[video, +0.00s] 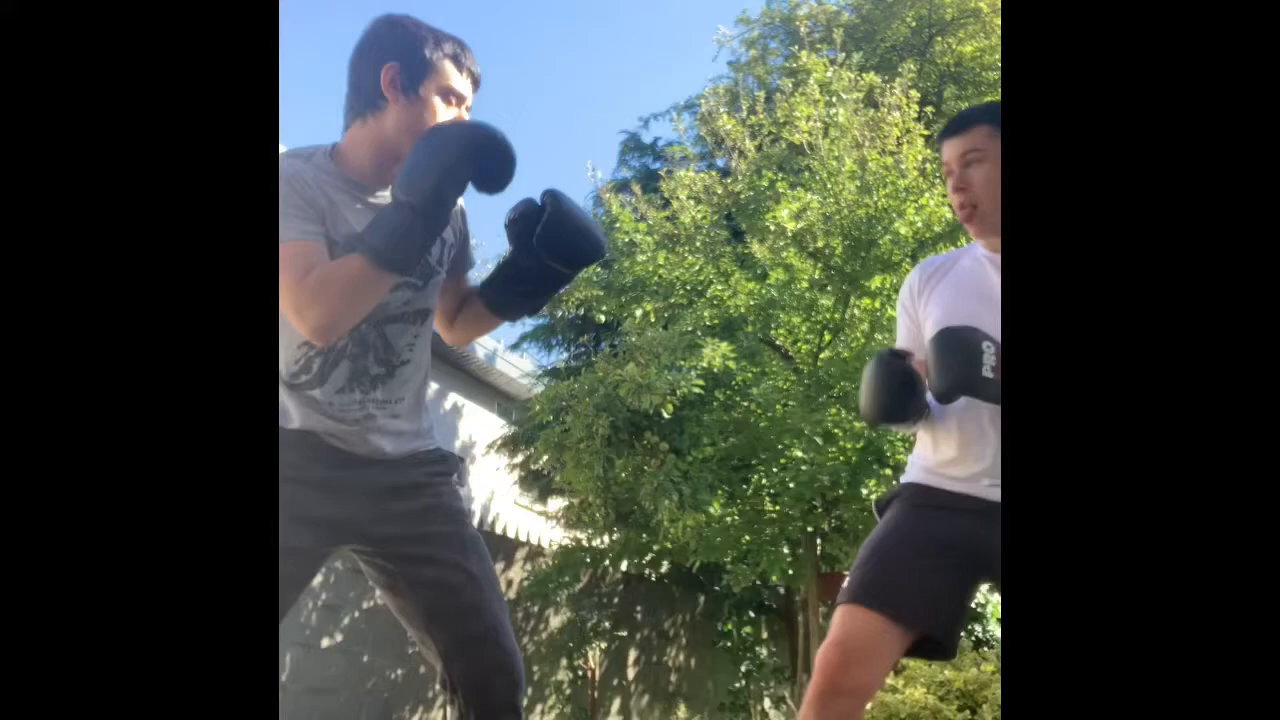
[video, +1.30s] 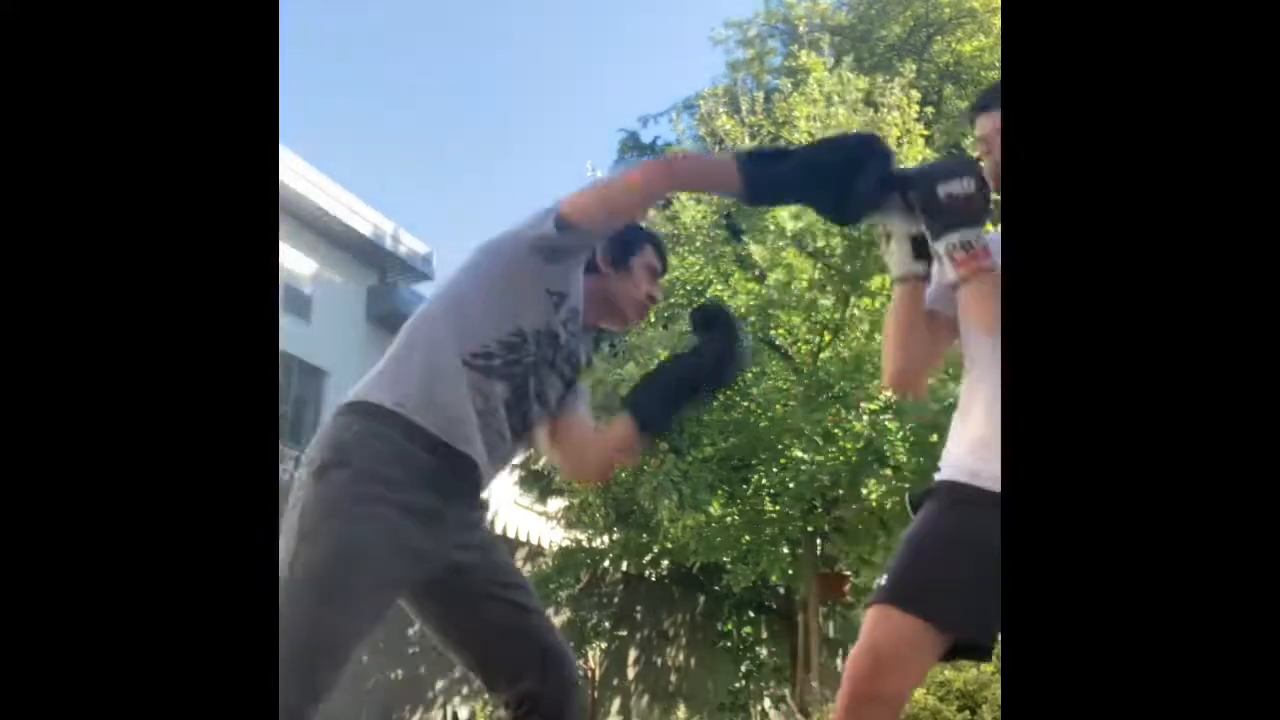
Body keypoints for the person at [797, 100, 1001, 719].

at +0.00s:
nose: (955, 184)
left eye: (972, 161)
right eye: (948, 171)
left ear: (1011, 165)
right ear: (945, 184)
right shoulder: (929, 282)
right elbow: (918, 386)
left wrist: (994, 374)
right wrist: (901, 394)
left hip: (998, 498)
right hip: (942, 495)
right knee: (840, 672)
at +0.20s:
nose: (882, 192)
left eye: (891, 167)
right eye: (872, 182)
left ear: (945, 154)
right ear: (871, 193)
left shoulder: (997, 235)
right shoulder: (905, 285)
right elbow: (900, 427)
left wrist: (952, 336)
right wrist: (873, 333)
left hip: (991, 477)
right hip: (944, 480)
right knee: (859, 678)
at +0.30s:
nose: (858, 199)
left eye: (864, 176)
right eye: (843, 189)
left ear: (905, 158)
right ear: (831, 201)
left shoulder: (990, 227)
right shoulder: (866, 272)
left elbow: (976, 336)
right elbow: (854, 395)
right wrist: (826, 290)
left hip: (1000, 482)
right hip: (921, 482)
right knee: (847, 669)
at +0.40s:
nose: (831, 204)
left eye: (839, 184)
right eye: (820, 197)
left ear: (872, 163)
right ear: (816, 207)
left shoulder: (970, 222)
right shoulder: (841, 271)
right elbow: (819, 361)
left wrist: (829, 217)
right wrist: (793, 256)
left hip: (992, 482)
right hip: (899, 481)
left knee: (994, 674)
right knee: (830, 670)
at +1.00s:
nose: (870, 176)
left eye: (879, 152)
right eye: (861, 166)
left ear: (932, 129)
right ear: (860, 175)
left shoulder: (997, 216)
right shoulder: (887, 253)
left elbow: (965, 325)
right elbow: (865, 403)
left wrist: (868, 251)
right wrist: (827, 305)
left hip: (996, 479)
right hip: (915, 477)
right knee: (822, 666)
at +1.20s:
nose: (958, 143)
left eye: (972, 123)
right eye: (949, 132)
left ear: (1010, 127)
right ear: (944, 149)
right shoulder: (953, 235)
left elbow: (979, 312)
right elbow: (883, 367)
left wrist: (919, 213)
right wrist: (881, 250)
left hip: (984, 466)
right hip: (955, 466)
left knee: (859, 671)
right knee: (853, 673)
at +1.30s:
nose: (991, 159)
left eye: (999, 143)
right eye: (984, 146)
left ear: (1009, 147)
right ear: (976, 156)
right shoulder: (973, 249)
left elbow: (988, 323)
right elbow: (905, 378)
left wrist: (957, 243)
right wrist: (909, 262)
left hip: (983, 484)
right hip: (978, 480)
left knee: (872, 683)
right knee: (867, 684)